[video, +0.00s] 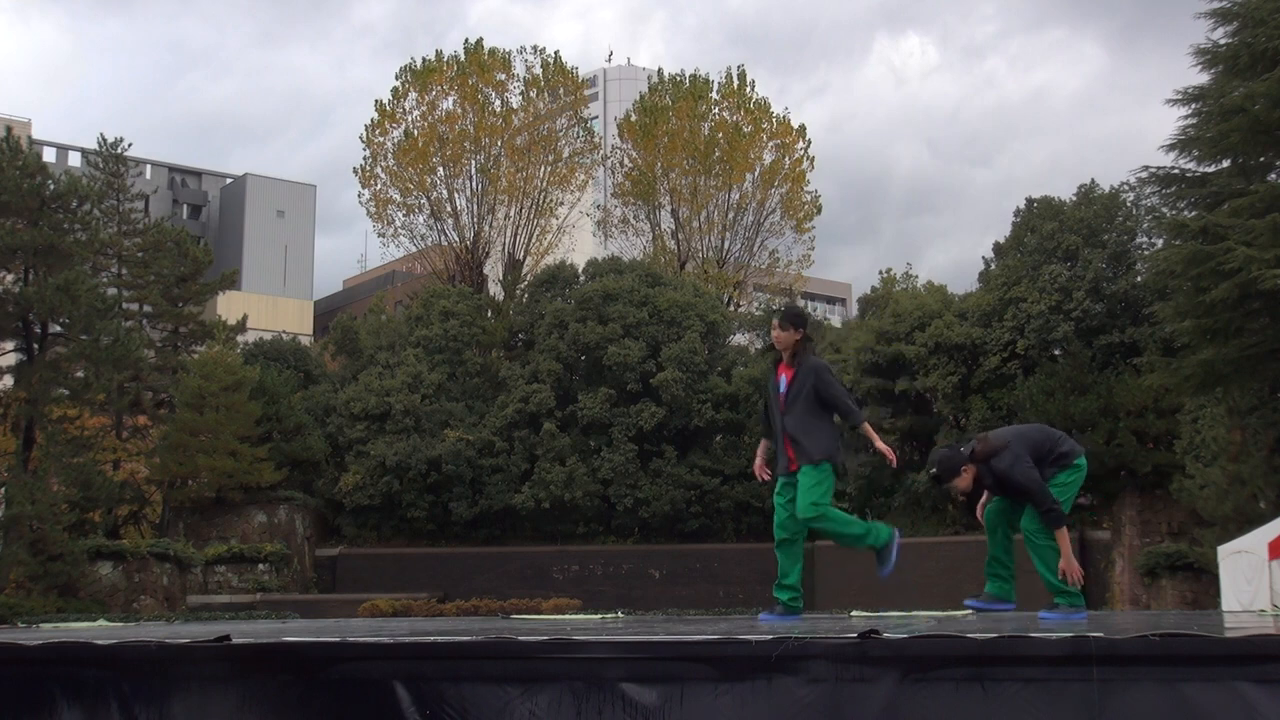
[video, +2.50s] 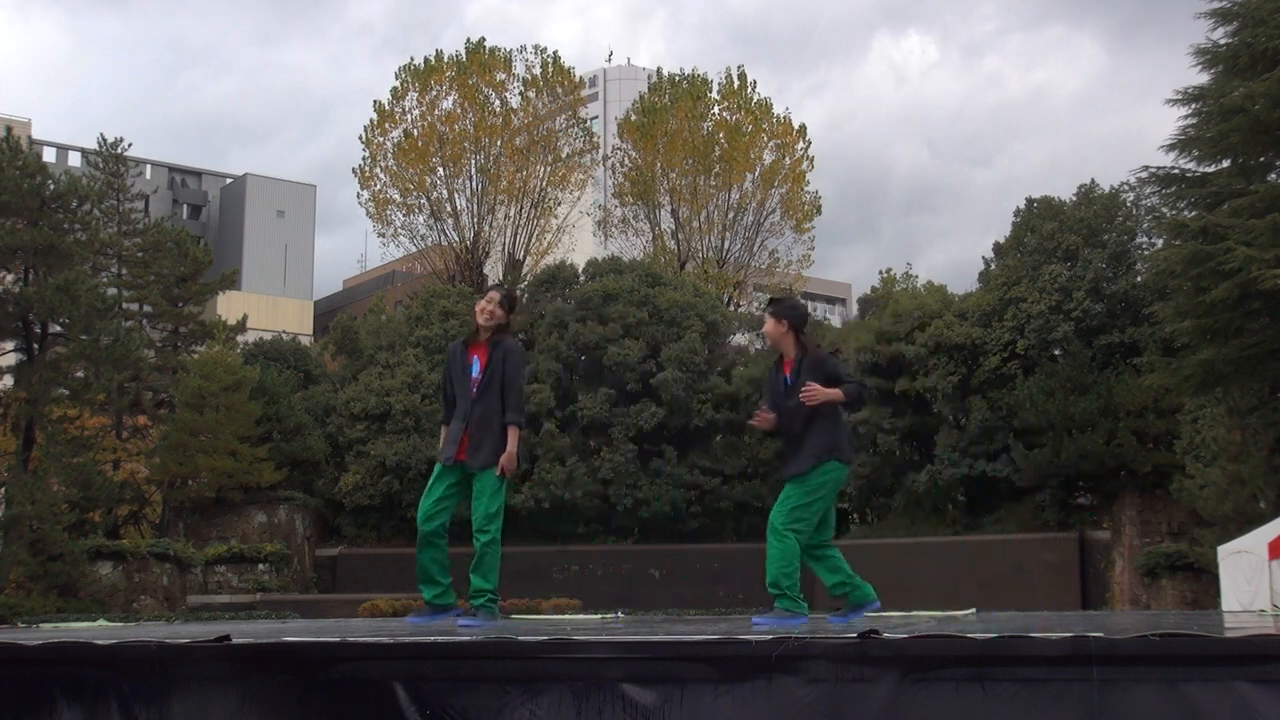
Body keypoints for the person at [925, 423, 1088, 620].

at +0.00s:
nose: (956, 491)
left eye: (954, 485)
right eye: (951, 488)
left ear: (966, 470)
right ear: (965, 468)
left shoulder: (1010, 464)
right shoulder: (976, 458)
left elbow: (1051, 508)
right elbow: (995, 473)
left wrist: (1067, 556)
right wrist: (987, 496)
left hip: (1066, 465)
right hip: (1033, 469)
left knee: (1034, 525)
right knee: (995, 514)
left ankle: (1070, 602)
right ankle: (999, 594)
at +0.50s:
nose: (937, 515)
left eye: (938, 509)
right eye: (933, 511)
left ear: (950, 496)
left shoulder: (989, 500)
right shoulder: (940, 475)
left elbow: (1020, 542)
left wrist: (1038, 588)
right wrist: (939, 517)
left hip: (1018, 512)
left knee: (954, 543)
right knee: (944, 537)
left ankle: (1010, 584)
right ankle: (984, 603)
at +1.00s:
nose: (917, 447)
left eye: (918, 440)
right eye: (913, 443)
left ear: (930, 427)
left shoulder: (971, 417)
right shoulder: (926, 445)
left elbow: (1021, 445)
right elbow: (922, 487)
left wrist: (1027, 482)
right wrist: (924, 535)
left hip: (1000, 457)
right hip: (965, 474)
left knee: (985, 471)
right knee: (968, 529)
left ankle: (958, 541)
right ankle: (985, 601)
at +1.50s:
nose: (890, 412)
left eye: (890, 404)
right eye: (887, 408)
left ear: (908, 393)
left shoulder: (953, 398)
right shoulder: (917, 432)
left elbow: (985, 426)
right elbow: (937, 473)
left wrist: (947, 450)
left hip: (1006, 447)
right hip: (969, 466)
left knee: (969, 452)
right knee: (973, 526)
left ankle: (956, 523)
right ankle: (986, 601)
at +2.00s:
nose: (866, 331)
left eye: (872, 325)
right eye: (868, 325)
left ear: (891, 331)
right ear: (885, 331)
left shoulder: (914, 371)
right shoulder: (881, 371)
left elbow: (922, 429)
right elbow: (885, 414)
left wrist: (884, 456)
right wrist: (874, 425)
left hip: (939, 460)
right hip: (907, 461)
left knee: (939, 529)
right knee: (879, 522)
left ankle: (980, 600)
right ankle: (916, 588)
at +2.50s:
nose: (763, 328)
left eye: (767, 322)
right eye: (764, 322)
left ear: (785, 326)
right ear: (784, 327)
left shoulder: (817, 361)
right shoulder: (777, 372)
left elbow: (859, 393)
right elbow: (785, 421)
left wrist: (831, 394)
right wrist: (772, 422)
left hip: (827, 457)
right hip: (806, 460)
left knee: (782, 523)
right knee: (815, 541)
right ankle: (861, 598)